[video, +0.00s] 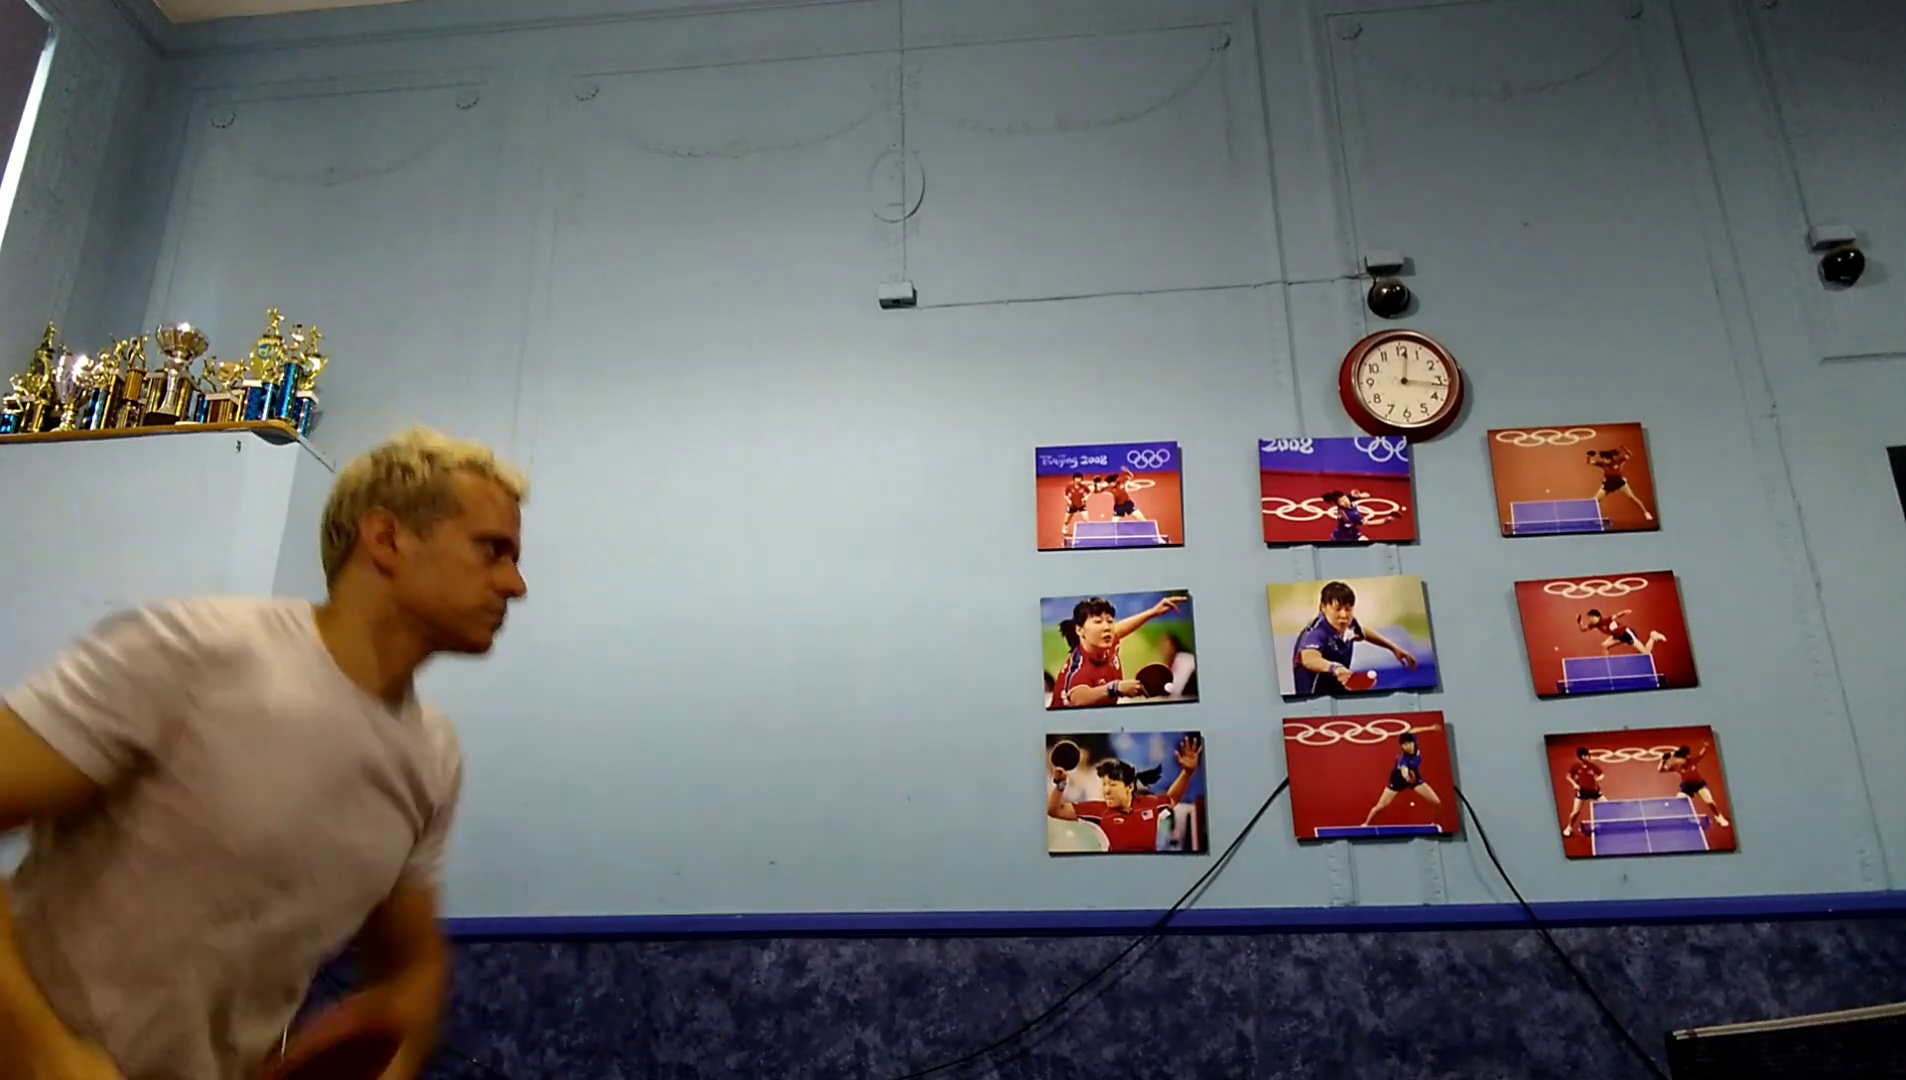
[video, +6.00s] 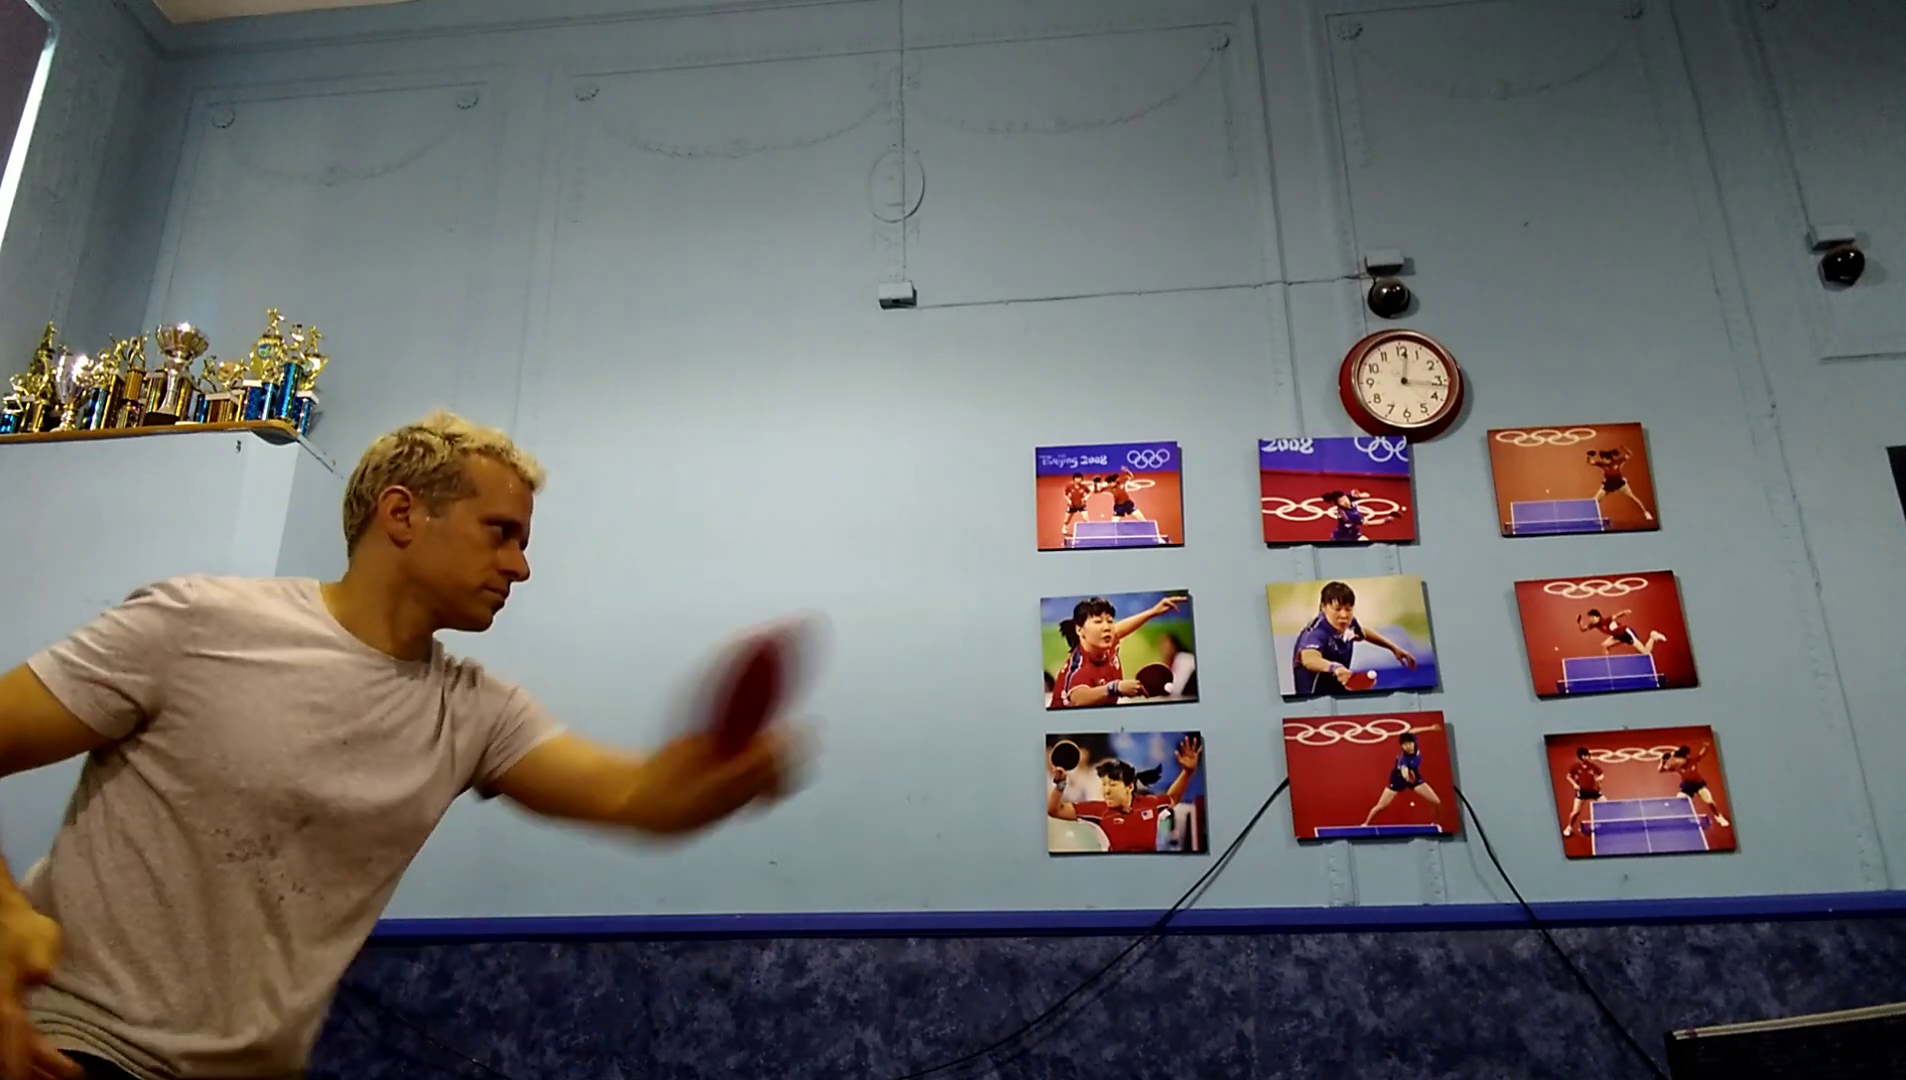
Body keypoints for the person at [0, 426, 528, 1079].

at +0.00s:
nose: (517, 583)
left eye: (514, 559)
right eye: (494, 550)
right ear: (386, 541)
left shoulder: (429, 758)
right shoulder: (188, 653)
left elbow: (413, 961)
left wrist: (388, 1043)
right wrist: (40, 1045)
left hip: (223, 1065)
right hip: (43, 1046)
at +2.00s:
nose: (440, 476)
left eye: (432, 456)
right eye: (409, 450)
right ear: (302, 465)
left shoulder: (383, 678)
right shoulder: (178, 611)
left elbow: (367, 871)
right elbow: (13, 832)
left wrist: (400, 992)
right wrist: (275, 973)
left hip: (239, 1059)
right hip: (78, 1032)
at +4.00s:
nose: (503, 563)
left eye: (509, 538)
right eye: (484, 529)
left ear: (419, 528)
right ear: (377, 507)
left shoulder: (471, 687)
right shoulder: (158, 610)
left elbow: (683, 733)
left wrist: (893, 737)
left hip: (221, 1068)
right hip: (35, 1022)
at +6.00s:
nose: (522, 566)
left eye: (525, 545)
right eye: (502, 533)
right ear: (402, 515)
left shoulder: (470, 712)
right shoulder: (191, 624)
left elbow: (628, 791)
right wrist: (10, 905)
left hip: (252, 1061)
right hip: (67, 1032)